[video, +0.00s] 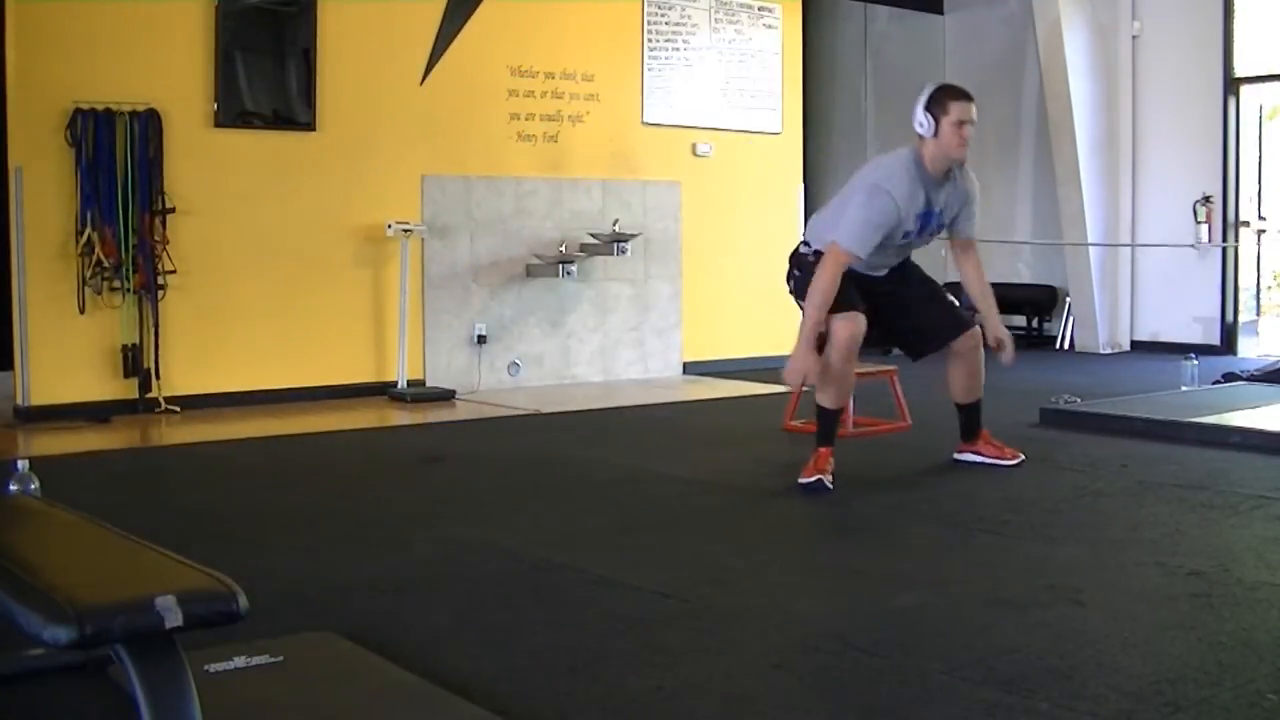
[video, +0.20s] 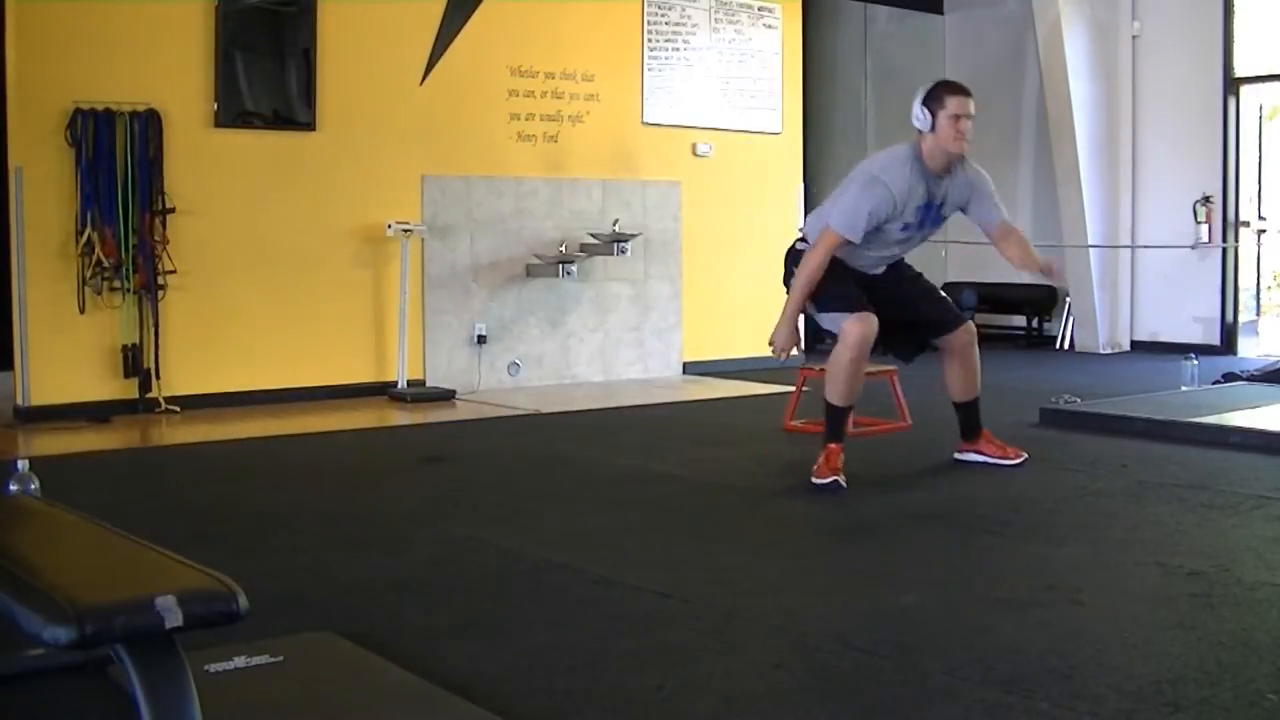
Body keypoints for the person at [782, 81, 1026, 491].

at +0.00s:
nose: (968, 134)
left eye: (971, 125)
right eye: (960, 125)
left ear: (972, 129)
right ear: (930, 127)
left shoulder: (960, 185)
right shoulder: (887, 184)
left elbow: (965, 251)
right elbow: (834, 260)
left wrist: (992, 321)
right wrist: (804, 346)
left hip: (887, 268)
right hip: (824, 264)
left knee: (966, 336)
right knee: (848, 328)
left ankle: (972, 440)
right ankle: (823, 452)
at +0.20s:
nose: (964, 127)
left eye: (968, 119)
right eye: (954, 118)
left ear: (971, 124)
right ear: (926, 122)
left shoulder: (968, 179)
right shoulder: (884, 178)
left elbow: (1002, 232)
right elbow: (822, 246)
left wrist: (1034, 265)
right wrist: (788, 319)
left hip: (882, 266)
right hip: (824, 261)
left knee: (960, 333)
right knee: (860, 327)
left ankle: (973, 439)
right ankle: (832, 449)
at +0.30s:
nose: (923, 91)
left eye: (927, 82)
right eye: (914, 82)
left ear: (931, 88)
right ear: (887, 86)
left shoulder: (938, 142)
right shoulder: (850, 144)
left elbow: (965, 188)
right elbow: (795, 221)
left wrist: (981, 221)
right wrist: (819, 282)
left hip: (876, 253)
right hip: (818, 255)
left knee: (945, 338)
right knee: (827, 336)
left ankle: (969, 440)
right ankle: (836, 447)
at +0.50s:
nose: (868, 52)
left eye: (875, 43)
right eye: (858, 40)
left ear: (880, 49)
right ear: (830, 42)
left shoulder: (880, 106)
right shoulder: (787, 97)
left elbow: (925, 171)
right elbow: (709, 150)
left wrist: (957, 243)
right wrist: (712, 222)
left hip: (826, 230)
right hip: (760, 232)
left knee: (888, 327)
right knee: (780, 341)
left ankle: (869, 430)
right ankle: (807, 434)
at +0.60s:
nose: (850, 69)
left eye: (857, 59)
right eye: (840, 56)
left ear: (863, 67)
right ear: (812, 59)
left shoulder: (865, 126)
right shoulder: (767, 119)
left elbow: (910, 183)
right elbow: (693, 183)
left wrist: (939, 229)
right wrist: (631, 246)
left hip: (794, 243)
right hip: (727, 234)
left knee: (856, 338)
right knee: (748, 317)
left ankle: (855, 457)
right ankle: (709, 439)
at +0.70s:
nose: (814, 86)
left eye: (820, 75)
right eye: (802, 75)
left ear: (827, 82)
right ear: (775, 82)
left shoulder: (837, 142)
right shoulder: (735, 141)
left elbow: (901, 215)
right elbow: (663, 204)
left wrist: (893, 207)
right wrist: (606, 269)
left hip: (769, 259)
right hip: (701, 248)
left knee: (847, 347)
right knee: (681, 317)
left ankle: (855, 458)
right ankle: (603, 450)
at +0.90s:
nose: (659, 50)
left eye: (667, 41)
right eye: (647, 39)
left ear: (674, 48)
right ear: (619, 45)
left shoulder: (698, 108)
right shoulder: (587, 113)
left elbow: (760, 161)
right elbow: (526, 188)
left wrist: (784, 241)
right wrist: (593, 170)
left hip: (688, 254)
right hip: (604, 253)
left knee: (755, 360)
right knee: (542, 345)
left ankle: (824, 449)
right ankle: (543, 480)